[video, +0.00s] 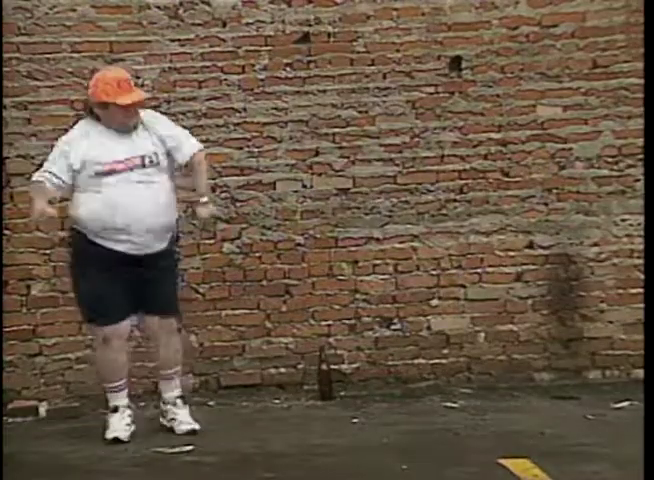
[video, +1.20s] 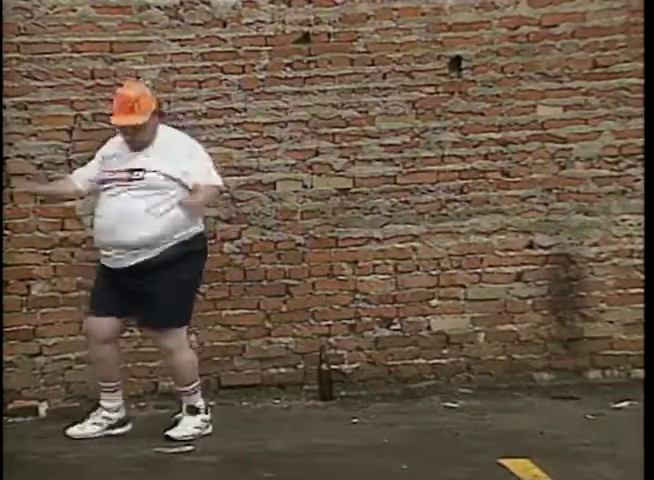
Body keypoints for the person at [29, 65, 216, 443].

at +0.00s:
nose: (135, 111)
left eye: (136, 104)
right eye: (125, 107)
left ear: (138, 99)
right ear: (100, 109)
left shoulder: (153, 123)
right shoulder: (77, 140)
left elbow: (196, 154)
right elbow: (46, 179)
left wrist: (202, 198)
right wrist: (40, 202)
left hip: (158, 247)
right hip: (100, 249)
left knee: (166, 324)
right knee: (111, 332)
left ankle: (173, 404)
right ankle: (119, 410)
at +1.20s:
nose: (130, 135)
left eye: (137, 128)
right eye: (124, 128)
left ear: (154, 117)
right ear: (117, 122)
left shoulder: (180, 146)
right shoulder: (112, 150)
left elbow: (210, 186)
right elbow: (77, 184)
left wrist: (196, 200)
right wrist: (37, 187)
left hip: (172, 254)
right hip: (119, 259)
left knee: (171, 336)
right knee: (99, 329)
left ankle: (195, 413)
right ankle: (112, 412)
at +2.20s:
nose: (107, 114)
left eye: (115, 107)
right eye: (100, 107)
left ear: (130, 103)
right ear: (90, 106)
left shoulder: (153, 130)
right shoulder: (76, 142)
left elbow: (202, 162)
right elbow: (41, 177)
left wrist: (178, 149)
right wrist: (10, 189)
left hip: (161, 242)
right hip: (103, 256)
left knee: (176, 311)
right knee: (116, 337)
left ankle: (206, 390)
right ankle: (144, 414)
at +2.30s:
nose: (102, 104)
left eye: (110, 97)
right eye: (96, 98)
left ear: (130, 92)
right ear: (89, 97)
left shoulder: (157, 118)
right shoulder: (82, 135)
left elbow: (194, 151)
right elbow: (64, 181)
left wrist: (175, 168)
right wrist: (50, 205)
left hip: (162, 241)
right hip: (104, 248)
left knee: (168, 323)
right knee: (120, 330)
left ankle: (172, 410)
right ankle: (139, 408)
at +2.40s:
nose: (104, 112)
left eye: (111, 104)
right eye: (98, 106)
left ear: (130, 97)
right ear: (92, 105)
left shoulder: (162, 122)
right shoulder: (91, 140)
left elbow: (192, 166)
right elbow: (86, 190)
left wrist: (176, 201)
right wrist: (74, 232)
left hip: (160, 246)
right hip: (106, 248)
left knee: (156, 332)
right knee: (113, 331)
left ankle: (159, 412)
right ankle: (129, 405)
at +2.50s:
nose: (115, 125)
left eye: (121, 116)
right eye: (107, 119)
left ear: (137, 109)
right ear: (100, 118)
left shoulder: (167, 141)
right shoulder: (102, 149)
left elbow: (196, 192)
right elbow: (92, 200)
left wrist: (191, 241)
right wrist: (81, 240)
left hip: (159, 267)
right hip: (102, 262)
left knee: (158, 344)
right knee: (91, 334)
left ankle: (159, 414)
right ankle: (118, 399)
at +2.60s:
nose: (127, 123)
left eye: (134, 114)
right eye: (119, 117)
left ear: (148, 111)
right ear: (109, 117)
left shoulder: (173, 146)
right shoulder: (102, 147)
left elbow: (208, 195)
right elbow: (83, 181)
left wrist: (201, 242)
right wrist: (72, 218)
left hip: (161, 265)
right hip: (102, 262)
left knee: (158, 343)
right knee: (87, 329)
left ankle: (158, 414)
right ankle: (116, 394)